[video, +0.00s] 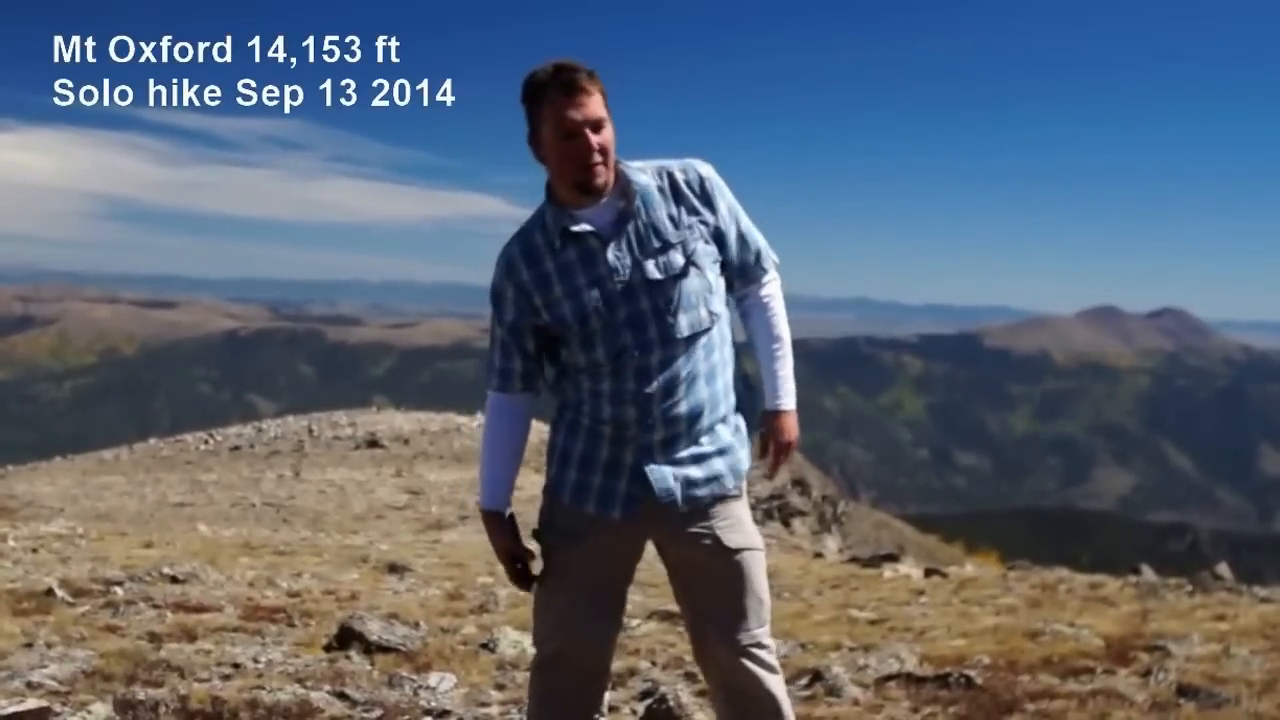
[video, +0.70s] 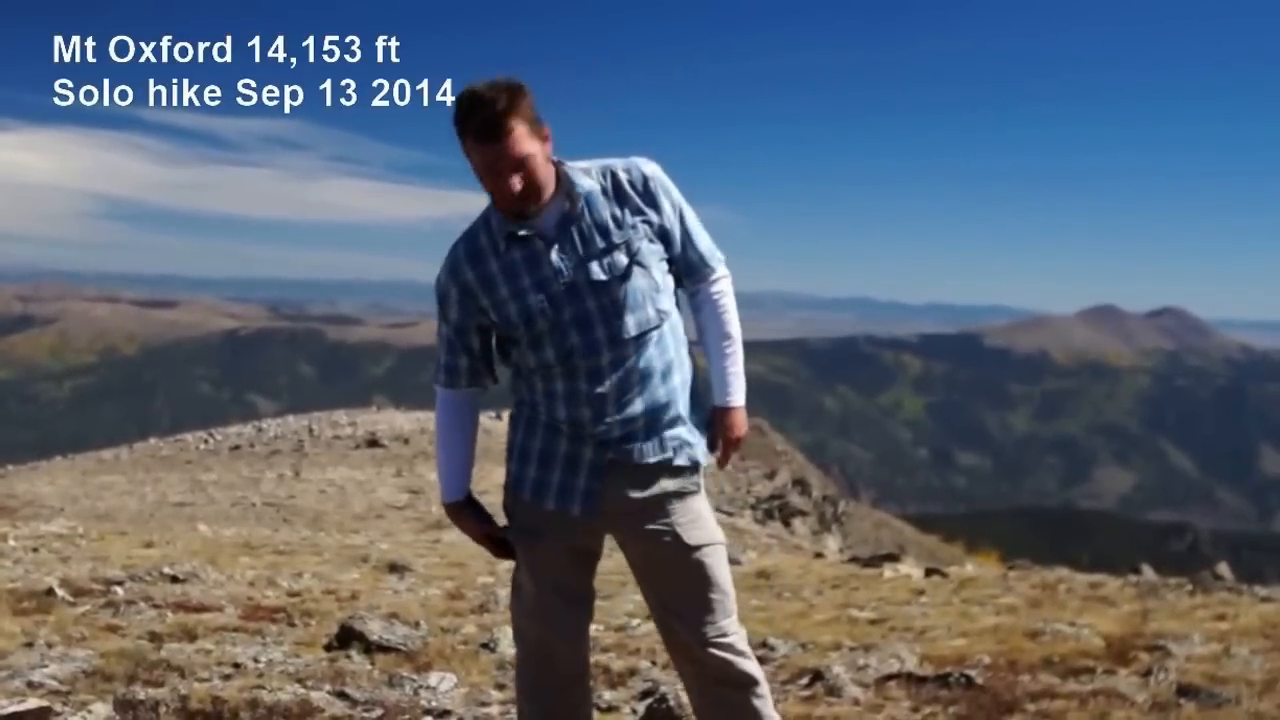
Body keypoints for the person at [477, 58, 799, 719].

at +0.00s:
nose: (591, 142)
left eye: (598, 125)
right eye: (571, 132)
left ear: (613, 127)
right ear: (538, 145)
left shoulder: (692, 189)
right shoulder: (525, 263)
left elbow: (758, 283)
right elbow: (509, 393)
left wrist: (780, 400)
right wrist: (493, 507)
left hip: (704, 465)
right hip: (591, 479)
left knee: (743, 660)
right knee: (565, 672)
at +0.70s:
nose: (510, 186)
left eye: (519, 165)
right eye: (490, 174)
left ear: (547, 140)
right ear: (471, 167)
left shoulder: (637, 187)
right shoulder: (470, 267)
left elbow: (708, 278)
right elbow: (457, 387)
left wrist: (730, 398)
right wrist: (455, 494)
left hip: (659, 457)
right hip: (548, 471)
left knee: (714, 650)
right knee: (548, 667)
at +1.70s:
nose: (451, 213)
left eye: (459, 192)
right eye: (435, 202)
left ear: (490, 159)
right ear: (418, 192)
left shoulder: (594, 191)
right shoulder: (433, 273)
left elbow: (677, 275)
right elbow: (430, 379)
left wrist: (698, 393)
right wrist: (434, 479)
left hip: (637, 447)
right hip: (531, 467)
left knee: (673, 645)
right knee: (540, 660)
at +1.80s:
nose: (449, 206)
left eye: (457, 185)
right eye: (432, 194)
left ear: (489, 154)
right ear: (415, 186)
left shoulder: (591, 191)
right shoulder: (431, 273)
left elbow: (673, 278)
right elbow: (435, 385)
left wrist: (693, 396)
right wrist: (444, 486)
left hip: (633, 449)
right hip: (527, 469)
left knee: (669, 641)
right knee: (536, 653)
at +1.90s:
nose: (446, 199)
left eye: (455, 179)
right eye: (429, 188)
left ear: (487, 151)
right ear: (413, 182)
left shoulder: (587, 189)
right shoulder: (430, 273)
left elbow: (671, 277)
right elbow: (435, 390)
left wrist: (690, 396)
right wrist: (445, 495)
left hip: (629, 449)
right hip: (524, 469)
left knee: (667, 642)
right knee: (536, 659)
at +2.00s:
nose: (443, 193)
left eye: (452, 172)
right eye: (427, 182)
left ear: (486, 146)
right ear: (412, 179)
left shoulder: (588, 190)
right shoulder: (428, 268)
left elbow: (670, 281)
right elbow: (431, 389)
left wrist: (689, 399)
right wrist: (451, 497)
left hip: (627, 447)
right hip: (521, 464)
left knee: (666, 641)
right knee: (536, 661)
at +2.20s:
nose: (444, 179)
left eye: (452, 159)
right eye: (428, 168)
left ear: (488, 137)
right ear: (413, 166)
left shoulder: (590, 188)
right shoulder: (428, 263)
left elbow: (669, 280)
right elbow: (429, 381)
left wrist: (686, 403)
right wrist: (444, 490)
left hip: (622, 446)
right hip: (516, 462)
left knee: (662, 640)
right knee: (533, 657)